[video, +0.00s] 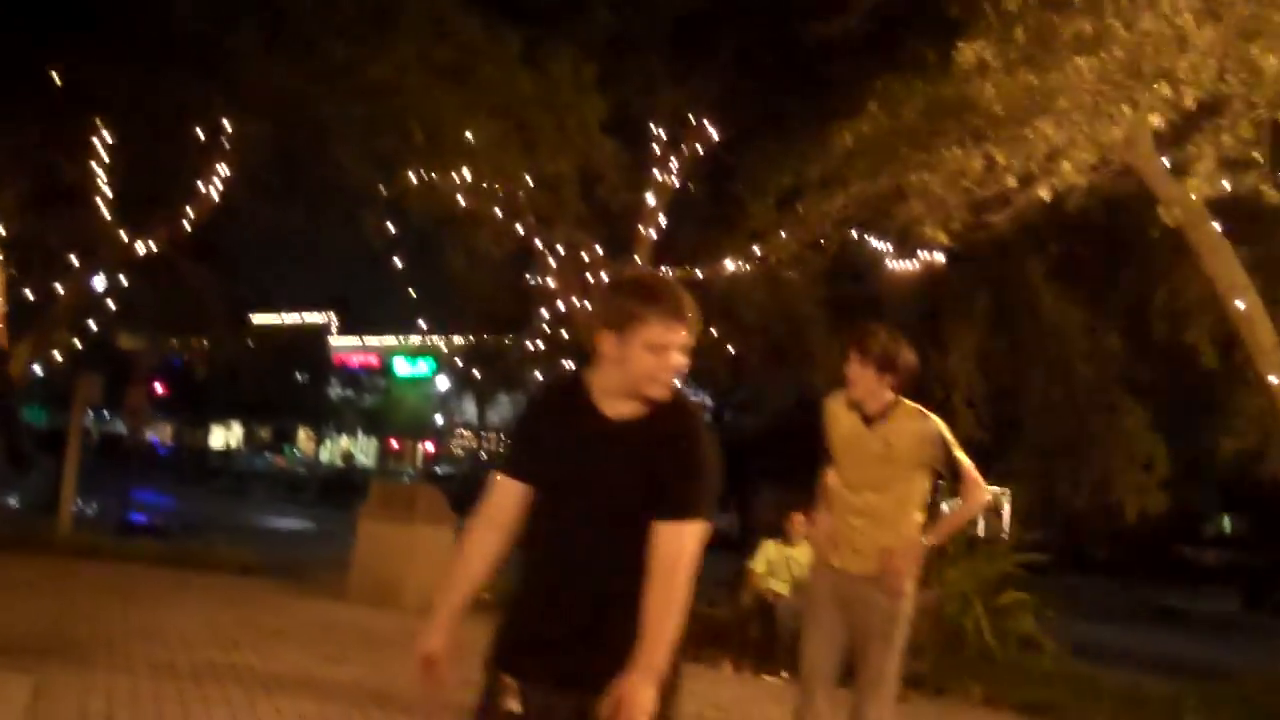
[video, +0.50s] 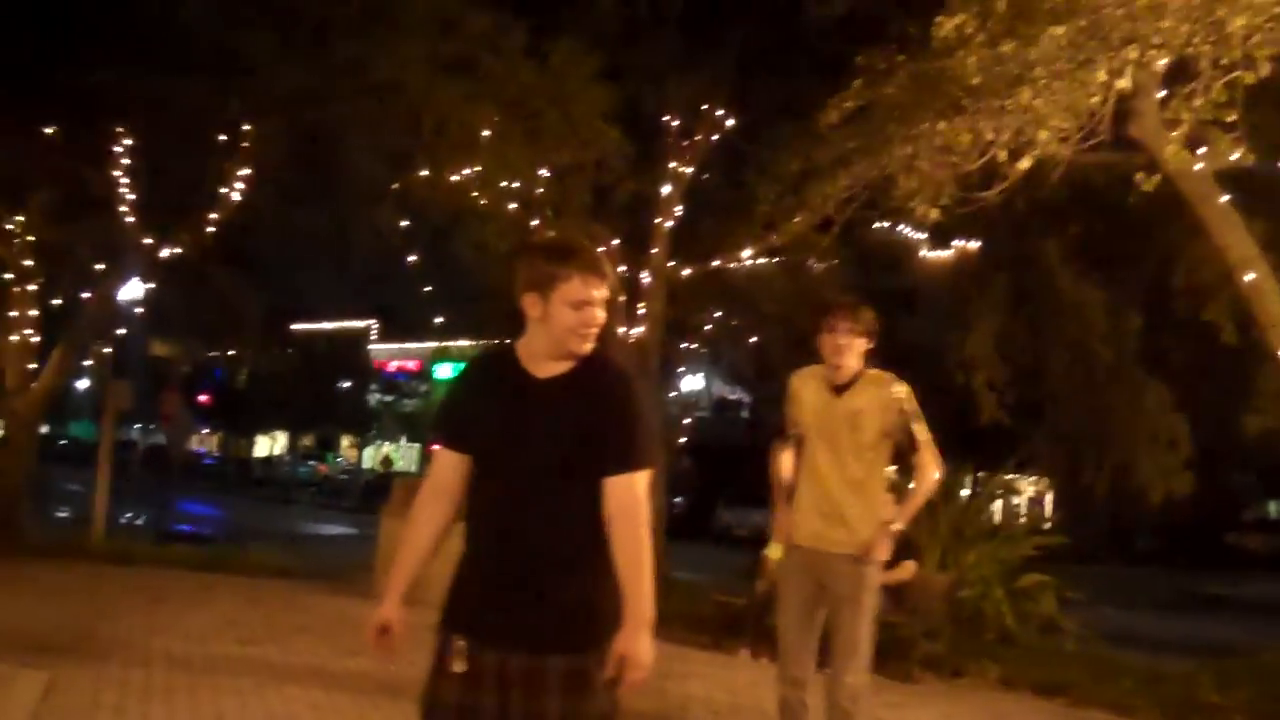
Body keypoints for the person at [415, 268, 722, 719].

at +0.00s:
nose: (677, 365)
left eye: (683, 350)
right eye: (658, 349)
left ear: (690, 350)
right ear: (607, 343)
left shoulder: (683, 435)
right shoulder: (553, 409)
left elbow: (672, 570)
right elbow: (495, 521)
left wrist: (645, 676)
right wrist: (441, 623)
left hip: (621, 671)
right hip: (530, 654)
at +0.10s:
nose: (633, 336)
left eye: (641, 322)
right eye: (618, 321)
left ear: (648, 321)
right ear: (568, 315)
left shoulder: (645, 409)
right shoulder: (508, 386)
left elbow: (643, 539)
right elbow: (459, 499)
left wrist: (626, 645)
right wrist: (409, 605)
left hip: (596, 652)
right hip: (502, 639)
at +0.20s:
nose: (607, 322)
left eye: (613, 308)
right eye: (591, 309)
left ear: (621, 305)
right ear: (542, 306)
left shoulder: (623, 394)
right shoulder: (488, 379)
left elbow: (633, 522)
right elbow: (440, 493)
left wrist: (630, 629)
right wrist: (396, 597)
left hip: (584, 635)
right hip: (492, 626)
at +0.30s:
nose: (589, 318)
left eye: (595, 304)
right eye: (572, 304)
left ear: (603, 302)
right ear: (524, 303)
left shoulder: (608, 385)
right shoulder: (473, 374)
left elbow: (622, 513)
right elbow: (428, 490)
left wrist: (632, 622)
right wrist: (390, 592)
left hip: (576, 627)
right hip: (481, 620)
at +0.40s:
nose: (600, 315)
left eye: (607, 302)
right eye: (584, 302)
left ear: (615, 302)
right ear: (536, 301)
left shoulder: (619, 385)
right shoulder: (486, 376)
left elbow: (637, 505)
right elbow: (446, 487)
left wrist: (652, 619)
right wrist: (409, 589)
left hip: (591, 627)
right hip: (493, 620)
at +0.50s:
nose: (596, 319)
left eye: (603, 305)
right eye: (580, 305)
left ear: (611, 306)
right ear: (532, 305)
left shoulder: (612, 389)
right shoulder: (483, 380)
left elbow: (627, 511)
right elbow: (439, 493)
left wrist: (638, 623)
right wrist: (393, 595)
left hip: (578, 633)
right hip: (480, 624)